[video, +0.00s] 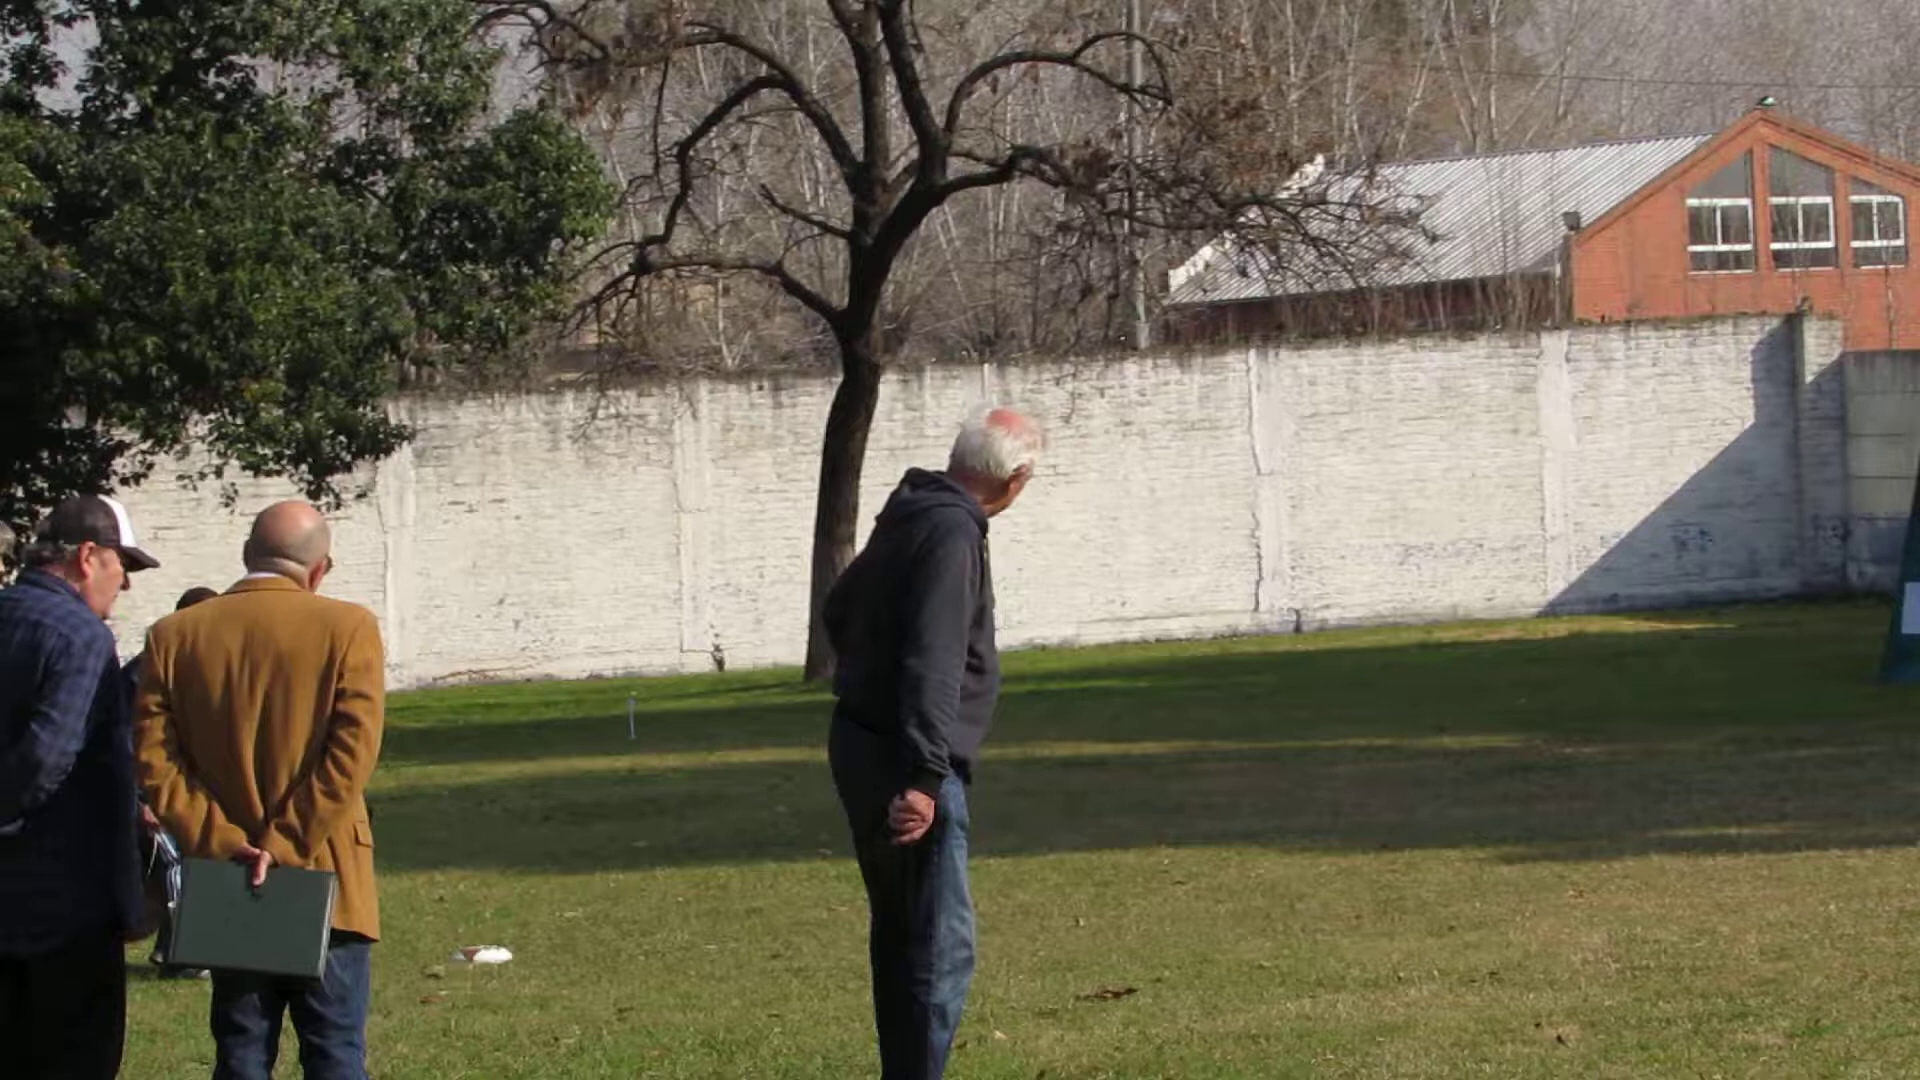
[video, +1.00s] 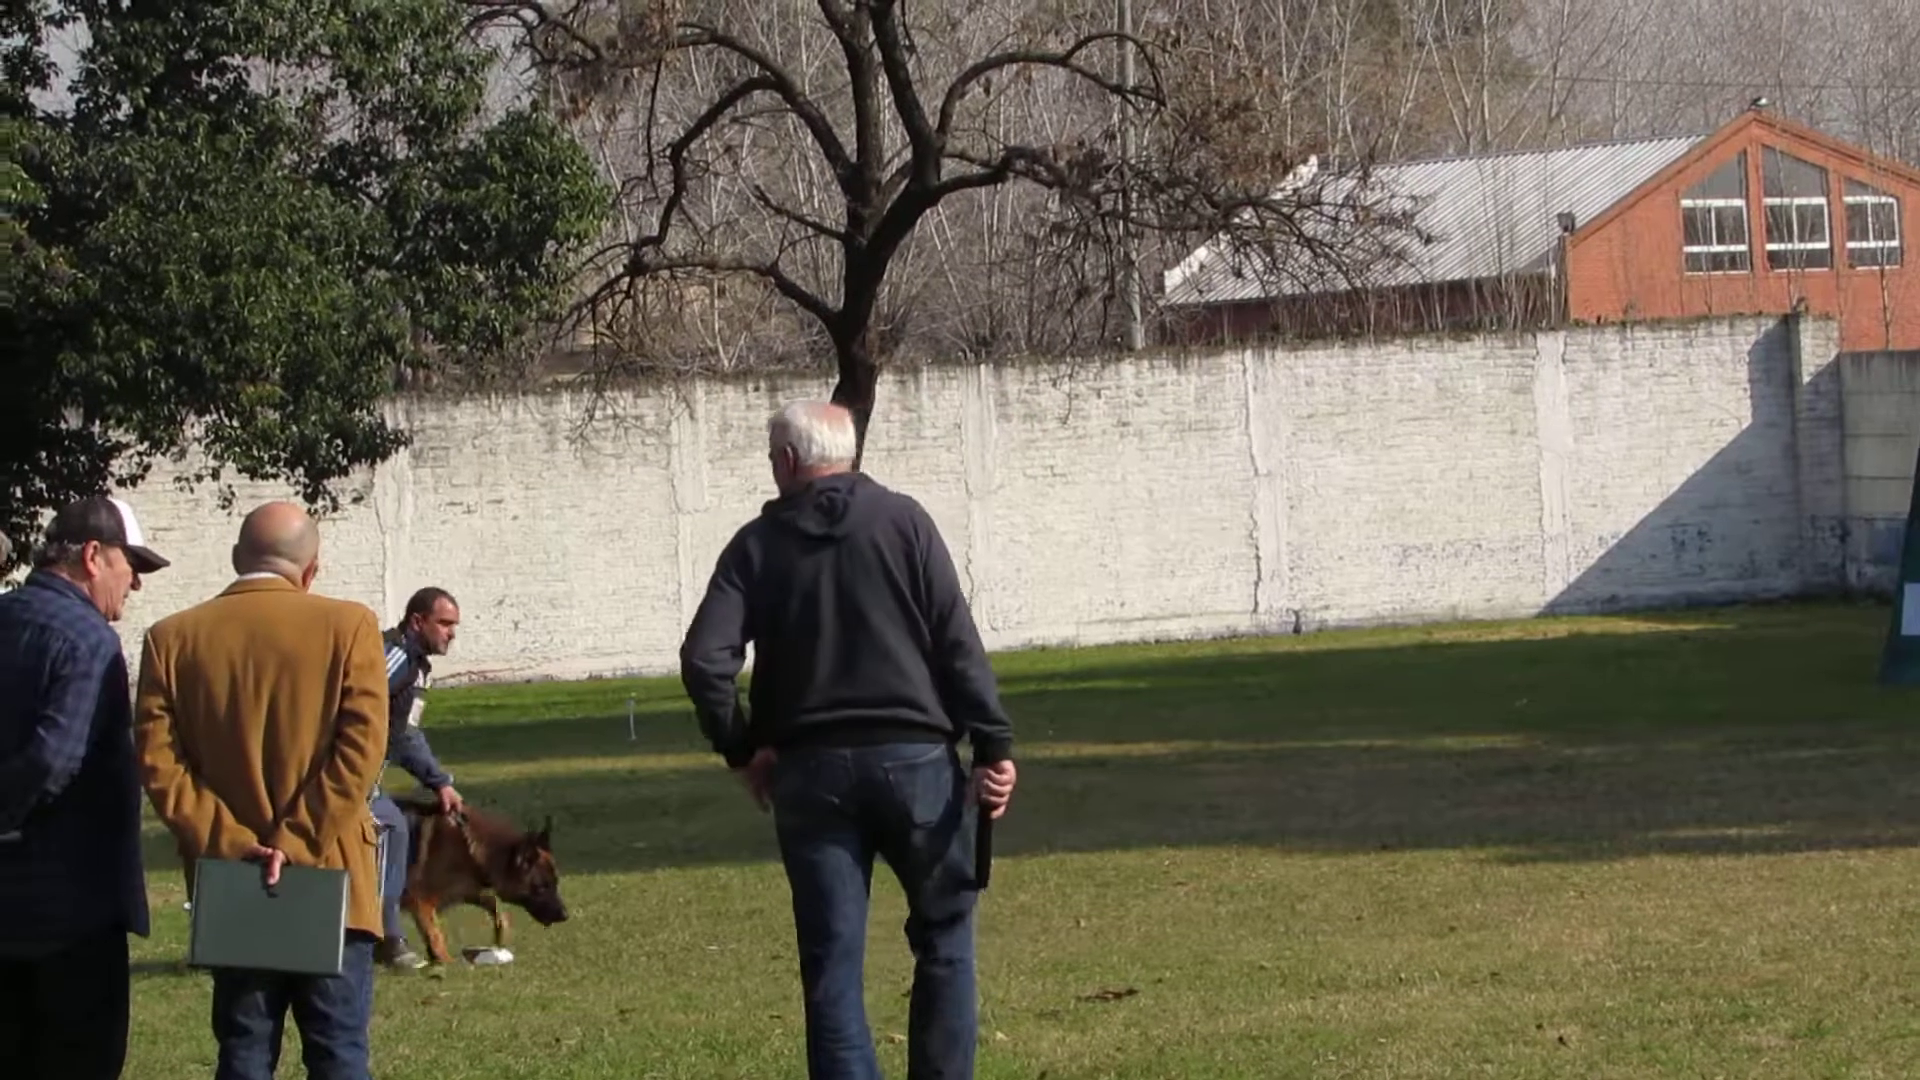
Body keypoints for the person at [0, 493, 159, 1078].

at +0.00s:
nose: (125, 583)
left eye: (128, 570)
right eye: (123, 567)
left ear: (61, 556)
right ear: (86, 559)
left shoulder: (10, 607)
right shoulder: (80, 633)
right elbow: (45, 756)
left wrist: (122, 803)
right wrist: (9, 815)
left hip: (16, 884)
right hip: (63, 891)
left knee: (21, 1041)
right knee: (80, 1051)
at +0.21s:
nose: (108, 579)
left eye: (109, 565)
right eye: (104, 562)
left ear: (54, 557)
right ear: (68, 557)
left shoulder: (14, 610)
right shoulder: (62, 632)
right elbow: (31, 758)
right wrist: (6, 813)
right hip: (53, 896)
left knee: (25, 1045)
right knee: (68, 1053)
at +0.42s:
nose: (112, 580)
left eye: (113, 566)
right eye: (107, 562)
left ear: (56, 556)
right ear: (70, 556)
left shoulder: (14, 609)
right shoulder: (62, 632)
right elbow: (31, 758)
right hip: (54, 898)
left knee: (27, 1045)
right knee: (69, 1052)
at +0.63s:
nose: (124, 582)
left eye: (126, 568)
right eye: (121, 564)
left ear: (62, 553)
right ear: (82, 554)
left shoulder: (12, 607)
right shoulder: (74, 631)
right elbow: (42, 755)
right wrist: (6, 812)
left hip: (18, 888)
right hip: (64, 893)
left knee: (23, 1043)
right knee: (80, 1052)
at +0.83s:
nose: (130, 582)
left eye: (132, 569)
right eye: (126, 565)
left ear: (64, 555)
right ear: (87, 557)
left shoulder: (10, 609)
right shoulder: (80, 635)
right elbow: (46, 759)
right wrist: (10, 815)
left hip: (16, 894)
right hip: (68, 901)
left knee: (22, 1049)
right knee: (83, 1058)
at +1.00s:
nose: (135, 584)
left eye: (137, 571)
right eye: (131, 567)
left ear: (68, 555)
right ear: (92, 557)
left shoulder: (8, 612)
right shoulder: (87, 638)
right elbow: (51, 760)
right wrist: (9, 820)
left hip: (14, 892)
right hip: (71, 900)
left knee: (20, 1049)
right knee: (85, 1059)